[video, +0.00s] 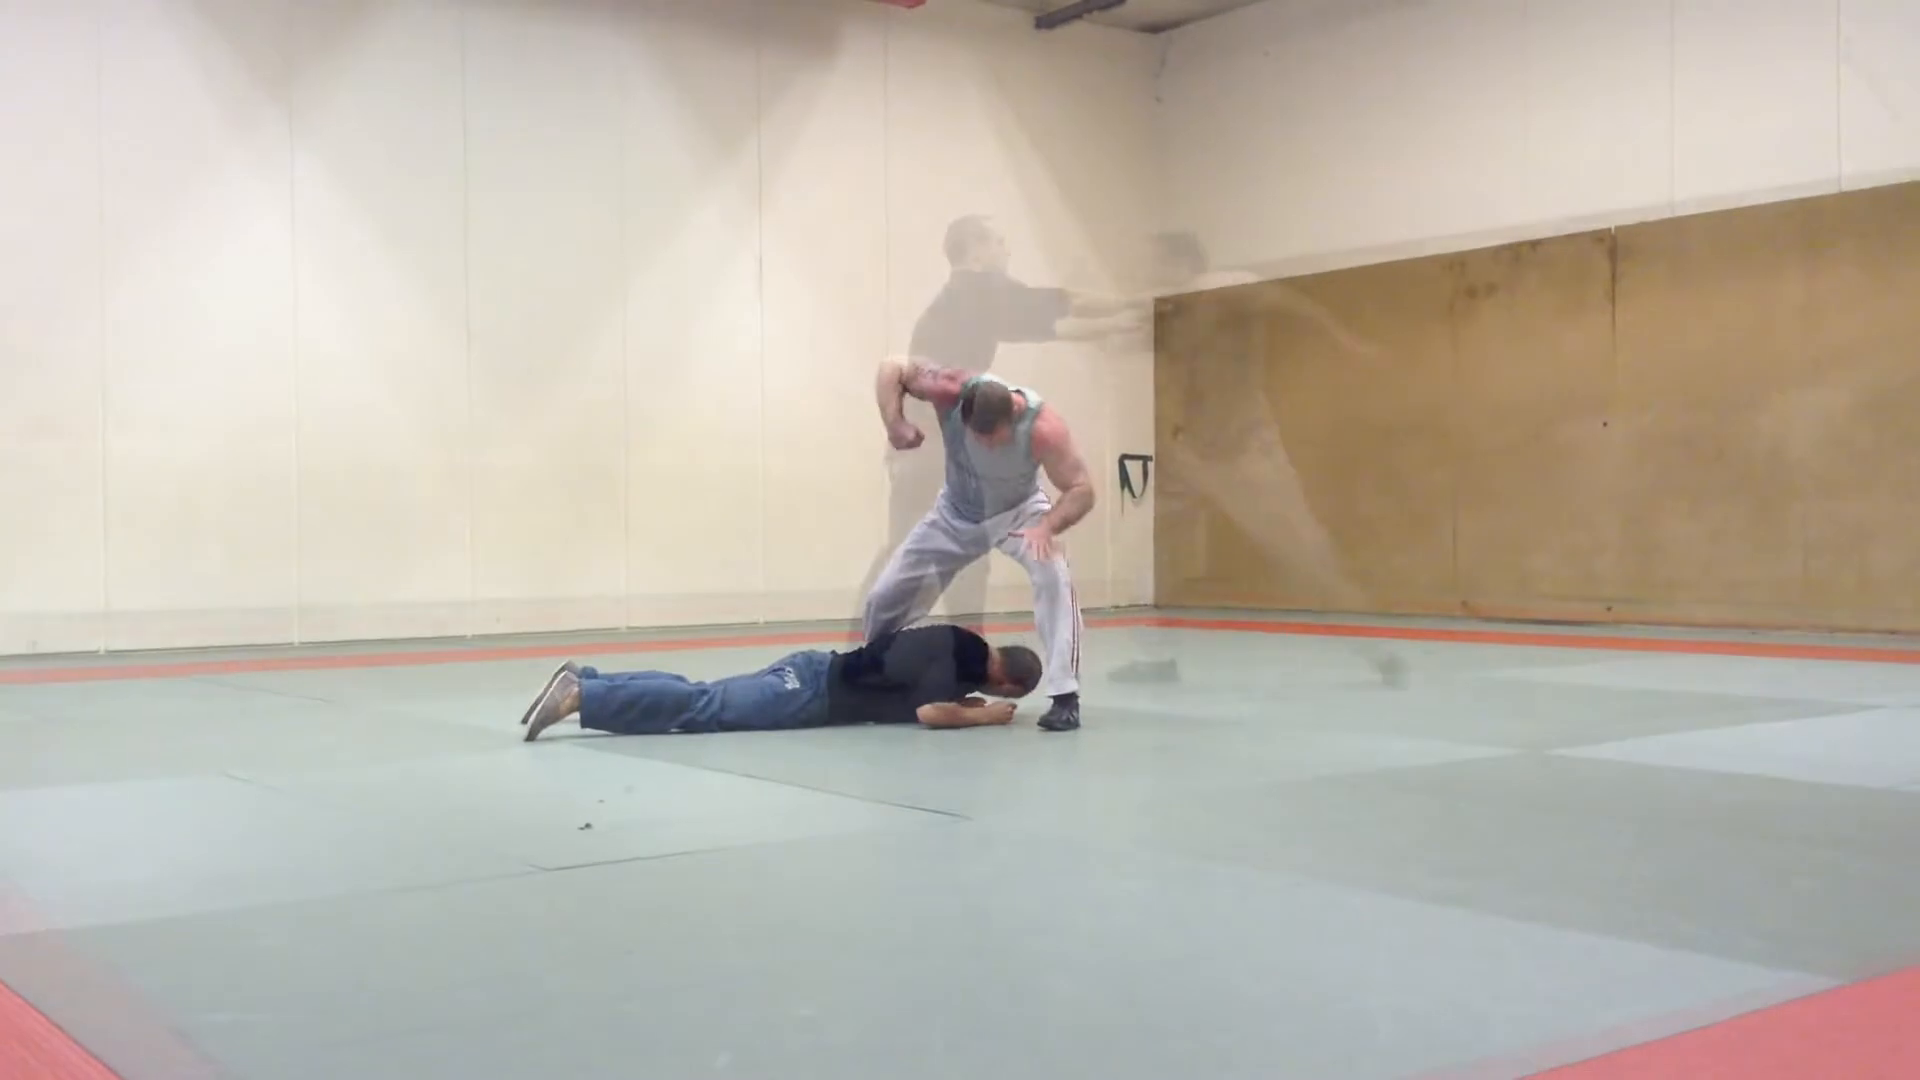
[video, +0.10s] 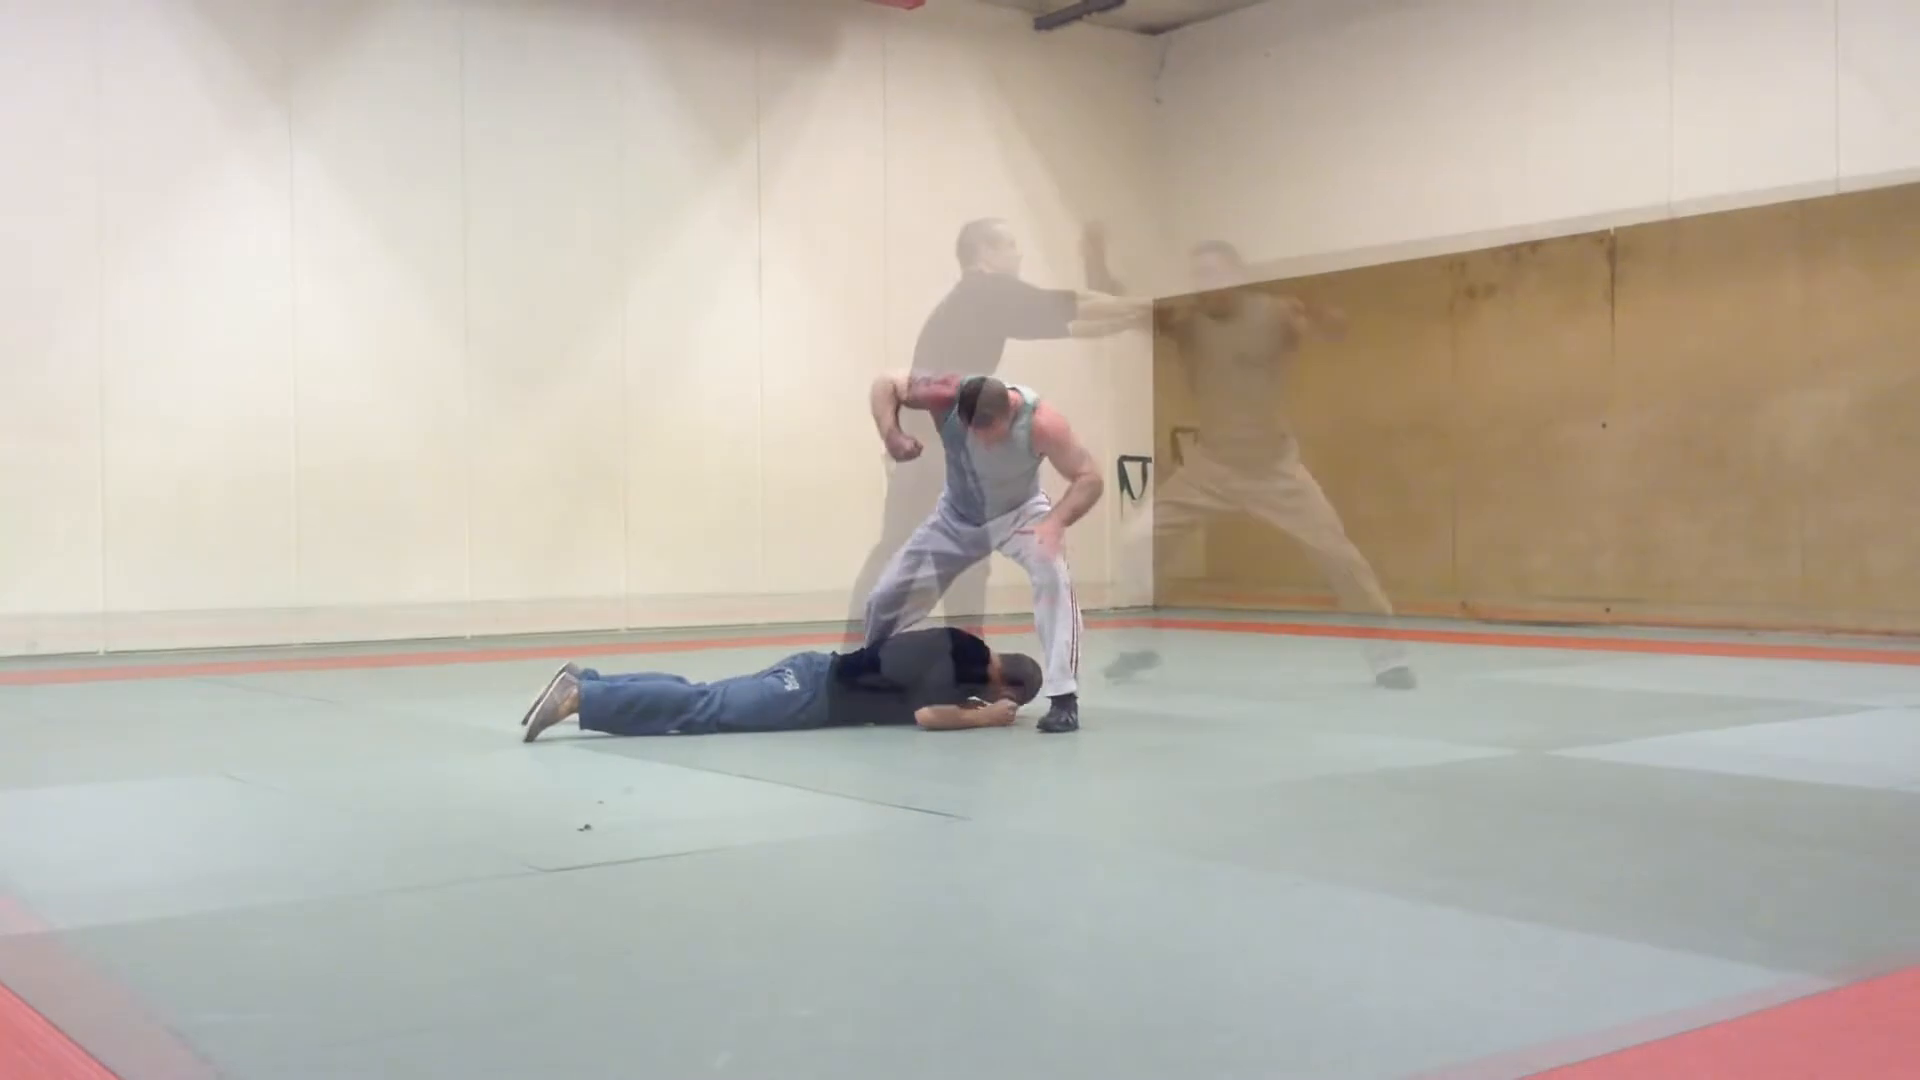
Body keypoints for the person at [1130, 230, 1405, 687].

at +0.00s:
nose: (1170, 274)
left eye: (1177, 265)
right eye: (1165, 265)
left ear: (1194, 263)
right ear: (1159, 267)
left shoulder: (1226, 295)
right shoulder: (1163, 311)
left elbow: (1284, 301)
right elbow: (1111, 328)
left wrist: (1344, 341)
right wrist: (1063, 318)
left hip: (1248, 443)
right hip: (1188, 447)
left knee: (1306, 549)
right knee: (1162, 559)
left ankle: (1377, 651)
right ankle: (1158, 659)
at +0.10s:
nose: (1209, 293)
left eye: (1217, 283)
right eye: (1202, 285)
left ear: (1236, 281)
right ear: (1195, 287)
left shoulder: (1274, 313)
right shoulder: (1186, 320)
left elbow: (1332, 332)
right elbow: (1120, 307)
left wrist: (1324, 322)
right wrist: (1097, 265)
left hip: (1276, 469)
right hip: (1210, 467)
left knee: (1338, 553)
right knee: (1134, 535)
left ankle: (1389, 657)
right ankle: (1141, 648)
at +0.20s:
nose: (1249, 302)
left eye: (1258, 293)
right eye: (1242, 292)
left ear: (1273, 296)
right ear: (1227, 296)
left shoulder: (1289, 339)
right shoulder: (1206, 332)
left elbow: (1334, 347)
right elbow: (1150, 319)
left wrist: (1281, 302)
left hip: (1280, 482)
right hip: (1208, 481)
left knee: (1348, 557)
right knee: (1138, 560)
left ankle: (1383, 660)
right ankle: (1094, 661)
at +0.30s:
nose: (1223, 308)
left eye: (1233, 300)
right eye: (1221, 300)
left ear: (1255, 303)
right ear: (1216, 304)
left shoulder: (1283, 347)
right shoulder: (1203, 343)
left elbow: (1343, 359)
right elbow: (1180, 356)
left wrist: (1312, 327)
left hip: (1267, 489)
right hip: (1197, 488)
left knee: (1340, 557)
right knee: (1129, 561)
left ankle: (1374, 661)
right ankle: (1082, 664)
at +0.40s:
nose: (1203, 311)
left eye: (1212, 301)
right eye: (1198, 302)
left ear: (1237, 301)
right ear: (1193, 305)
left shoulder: (1271, 347)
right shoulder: (1180, 346)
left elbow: (1328, 355)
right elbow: (1117, 348)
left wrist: (1367, 359)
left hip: (1250, 488)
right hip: (1179, 489)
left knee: (1323, 552)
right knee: (1118, 558)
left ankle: (1358, 658)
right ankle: (1068, 661)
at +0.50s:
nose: (1173, 310)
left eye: (1181, 300)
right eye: (1168, 301)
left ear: (1208, 295)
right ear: (1163, 299)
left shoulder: (1249, 337)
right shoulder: (1156, 332)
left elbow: (1306, 377)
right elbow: (1085, 317)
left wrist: (1324, 407)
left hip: (1242, 483)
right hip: (1170, 483)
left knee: (1306, 559)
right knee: (1111, 564)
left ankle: (1339, 661)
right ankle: (1052, 670)